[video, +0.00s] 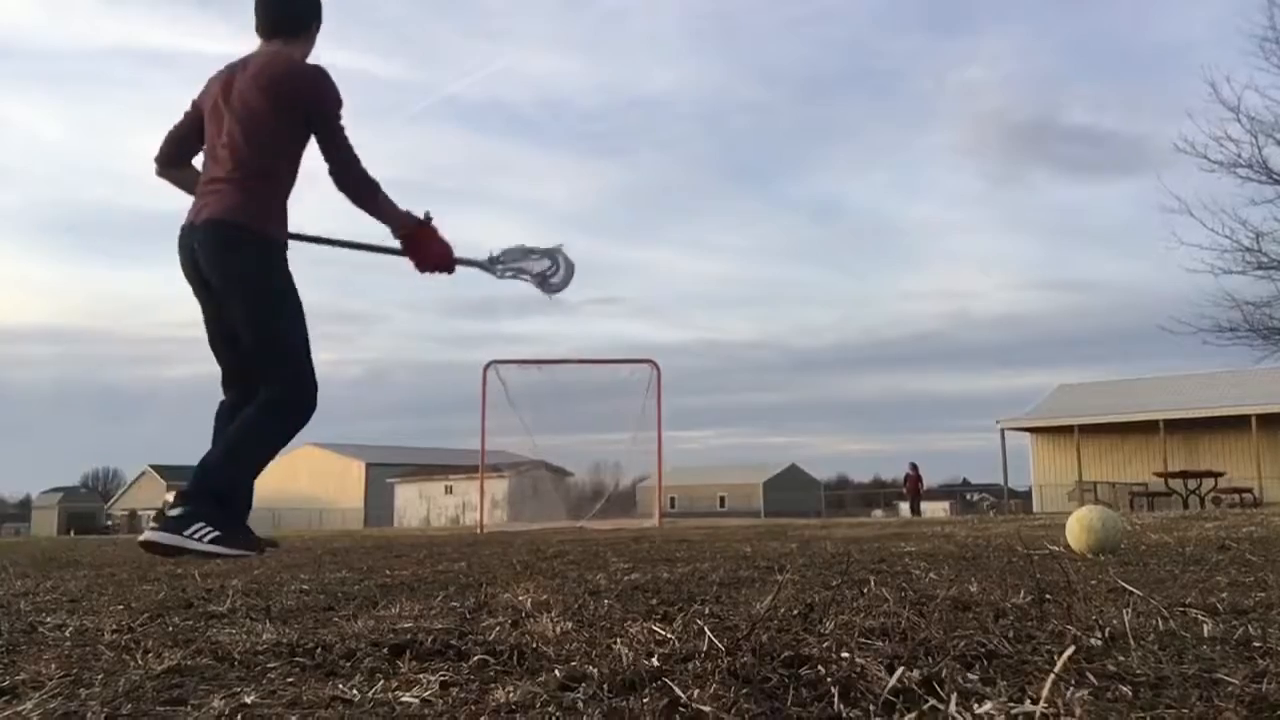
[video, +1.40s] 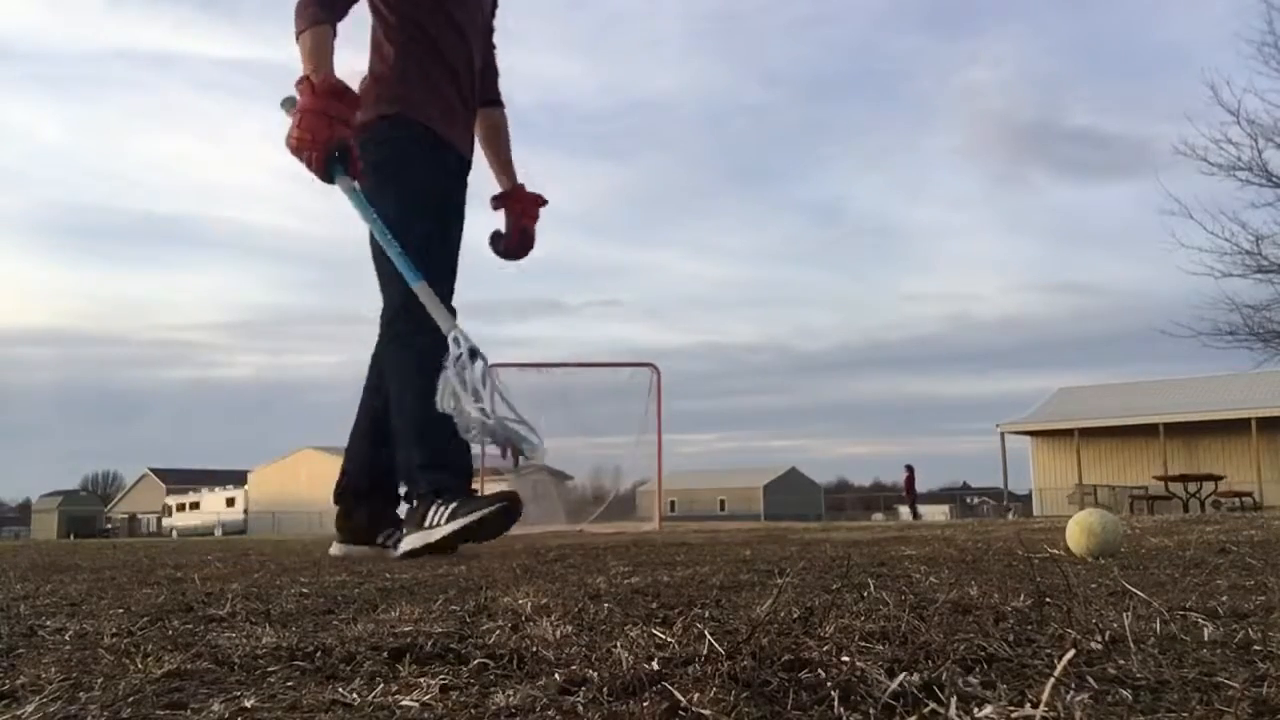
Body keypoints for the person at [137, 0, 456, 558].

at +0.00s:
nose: (314, 39)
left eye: (307, 29)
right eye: (316, 29)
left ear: (261, 24)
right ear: (313, 27)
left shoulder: (223, 79)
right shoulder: (309, 79)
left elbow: (169, 162)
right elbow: (348, 174)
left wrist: (227, 197)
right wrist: (407, 225)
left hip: (198, 238)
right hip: (247, 239)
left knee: (242, 386)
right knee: (293, 391)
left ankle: (225, 522)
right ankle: (196, 513)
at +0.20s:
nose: (318, 10)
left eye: (318, 5)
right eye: (318, 3)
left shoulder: (237, 45)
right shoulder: (288, 31)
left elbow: (204, 155)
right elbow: (322, 139)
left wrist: (291, 211)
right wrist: (411, 144)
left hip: (226, 214)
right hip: (255, 218)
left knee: (275, 378)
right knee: (283, 379)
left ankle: (238, 516)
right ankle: (191, 516)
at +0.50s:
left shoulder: (270, 12)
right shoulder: (289, 7)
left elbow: (266, 124)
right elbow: (292, 96)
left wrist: (319, 178)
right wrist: (385, 95)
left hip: (279, 196)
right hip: (263, 194)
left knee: (351, 347)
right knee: (259, 356)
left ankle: (324, 507)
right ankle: (184, 512)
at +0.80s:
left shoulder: (350, 18)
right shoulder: (318, 4)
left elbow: (344, 126)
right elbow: (315, 82)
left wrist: (400, 164)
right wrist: (400, 109)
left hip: (352, 195)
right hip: (303, 186)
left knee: (380, 352)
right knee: (287, 350)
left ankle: (365, 523)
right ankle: (196, 502)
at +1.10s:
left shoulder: (429, 14)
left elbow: (420, 99)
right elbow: (324, 13)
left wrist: (452, 123)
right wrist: (343, 72)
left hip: (408, 163)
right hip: (356, 148)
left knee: (402, 341)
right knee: (375, 322)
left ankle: (366, 519)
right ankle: (288, 490)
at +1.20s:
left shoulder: (444, 12)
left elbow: (443, 65)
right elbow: (319, 7)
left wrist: (469, 146)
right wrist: (323, 69)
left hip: (421, 148)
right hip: (372, 129)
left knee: (408, 332)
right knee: (383, 316)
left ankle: (375, 511)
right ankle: (342, 504)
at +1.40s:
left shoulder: (481, 13)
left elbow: (485, 90)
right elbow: (316, 8)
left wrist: (511, 188)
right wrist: (321, 88)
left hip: (448, 148)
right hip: (396, 129)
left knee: (414, 320)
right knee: (417, 315)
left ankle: (363, 511)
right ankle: (434, 497)